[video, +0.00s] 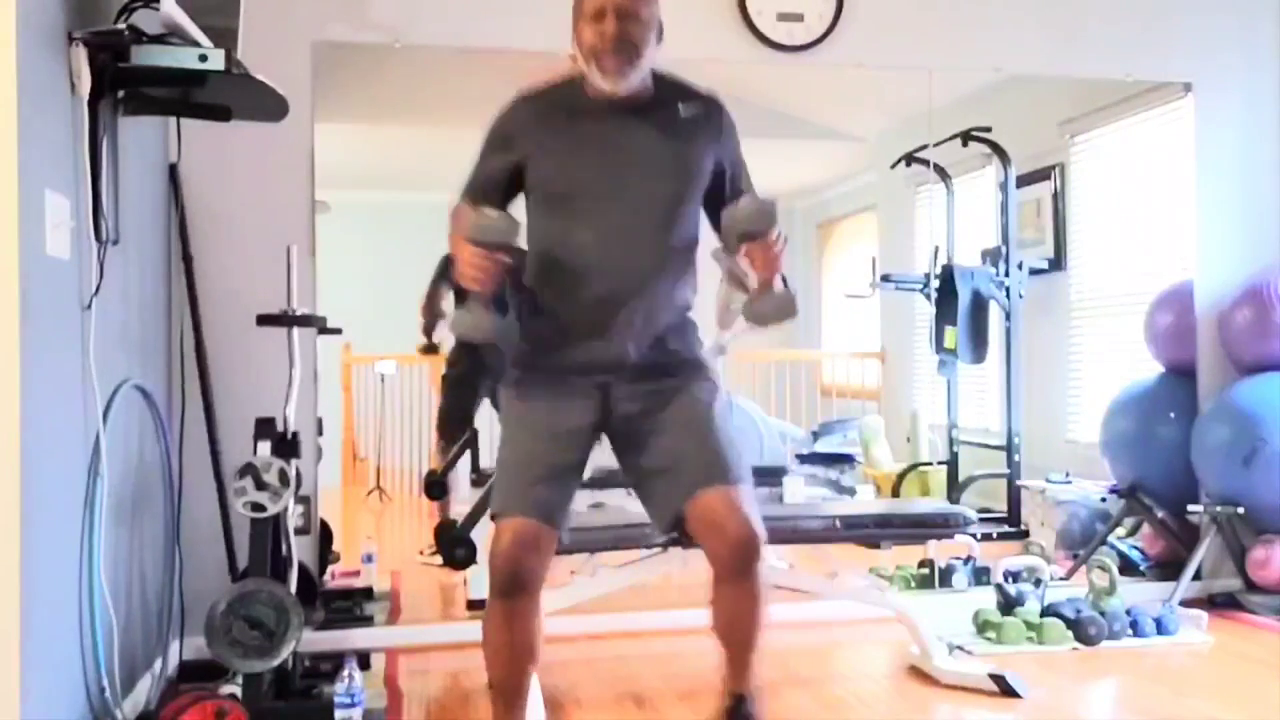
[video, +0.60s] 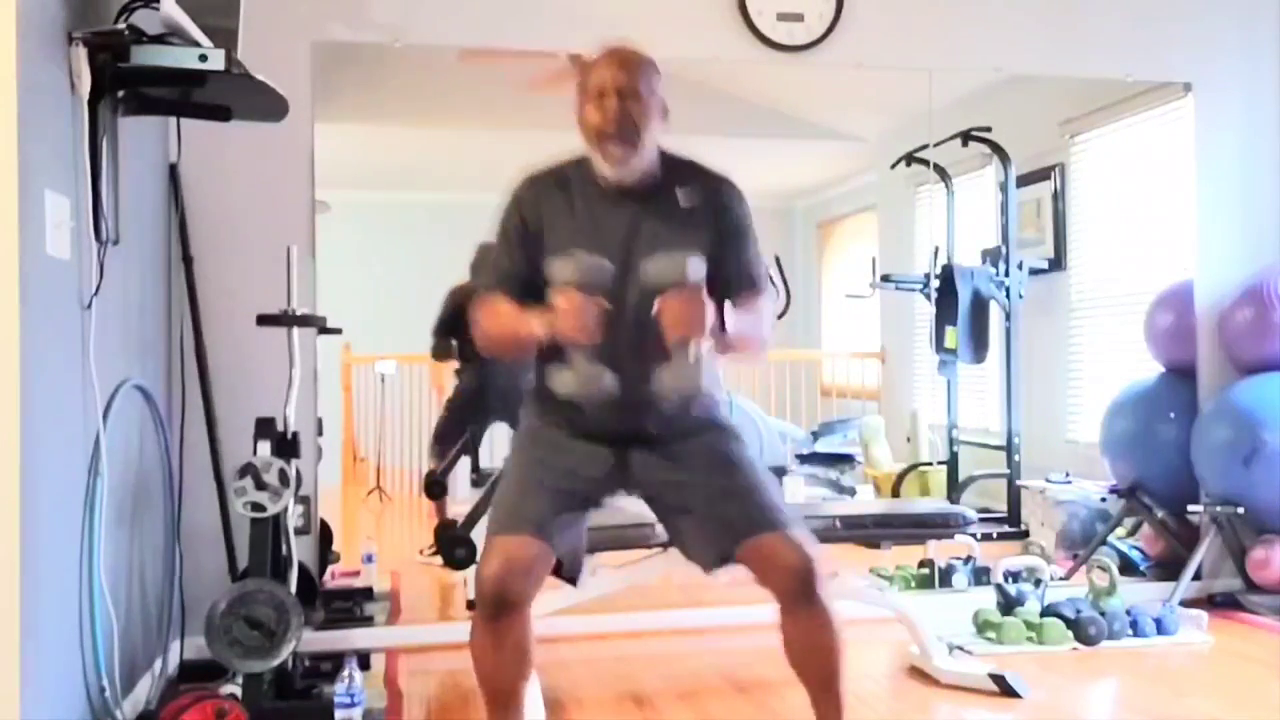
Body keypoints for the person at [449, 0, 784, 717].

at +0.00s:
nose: (614, 30)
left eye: (631, 14)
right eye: (598, 15)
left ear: (658, 23)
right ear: (575, 25)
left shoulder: (702, 119)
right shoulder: (528, 118)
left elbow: (743, 223)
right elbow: (472, 211)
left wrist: (761, 255)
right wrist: (466, 249)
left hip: (666, 368)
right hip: (550, 372)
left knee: (739, 541)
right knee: (515, 560)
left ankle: (739, 699)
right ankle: (511, 718)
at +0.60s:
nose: (612, 111)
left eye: (628, 96)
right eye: (597, 97)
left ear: (660, 109)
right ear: (579, 109)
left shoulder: (712, 198)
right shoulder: (540, 199)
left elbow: (757, 324)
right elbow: (487, 323)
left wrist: (715, 321)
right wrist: (545, 323)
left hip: (685, 430)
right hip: (564, 429)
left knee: (795, 572)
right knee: (500, 585)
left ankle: (832, 716)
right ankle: (506, 719)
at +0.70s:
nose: (644, 149)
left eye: (661, 136)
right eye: (629, 136)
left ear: (691, 149)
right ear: (609, 147)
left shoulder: (738, 231)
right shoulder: (568, 233)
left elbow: (779, 374)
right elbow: (526, 363)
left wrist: (730, 351)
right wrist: (584, 356)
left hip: (712, 452)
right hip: (592, 454)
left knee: (833, 577)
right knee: (502, 594)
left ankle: (841, 716)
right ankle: (510, 715)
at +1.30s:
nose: (760, 17)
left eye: (780, 3)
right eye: (745, 2)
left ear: (814, 13)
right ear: (725, 13)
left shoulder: (867, 99)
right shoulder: (689, 112)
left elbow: (931, 178)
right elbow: (642, 214)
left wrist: (948, 219)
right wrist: (625, 252)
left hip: (849, 361)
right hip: (740, 368)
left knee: (862, 557)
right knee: (726, 564)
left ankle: (853, 713)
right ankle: (745, 714)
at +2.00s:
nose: (893, 29)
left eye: (911, 13)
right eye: (876, 13)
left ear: (945, 22)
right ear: (855, 24)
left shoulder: (1008, 113)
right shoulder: (818, 127)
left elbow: (1063, 217)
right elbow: (768, 232)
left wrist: (1061, 261)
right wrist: (752, 280)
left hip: (959, 376)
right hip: (839, 370)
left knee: (981, 567)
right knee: (768, 543)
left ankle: (989, 715)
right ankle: (765, 709)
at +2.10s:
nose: (903, 9)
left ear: (958, 5)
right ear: (866, 9)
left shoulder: (1014, 88)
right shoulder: (830, 95)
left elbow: (1077, 179)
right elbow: (791, 188)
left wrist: (1102, 217)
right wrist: (753, 228)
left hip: (969, 361)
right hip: (849, 358)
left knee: (987, 566)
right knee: (788, 544)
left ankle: (991, 717)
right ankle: (805, 710)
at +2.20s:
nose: (917, 15)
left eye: (935, 1)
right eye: (899, 2)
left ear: (968, 11)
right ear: (877, 14)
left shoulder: (1021, 97)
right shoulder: (836, 102)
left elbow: (1092, 172)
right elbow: (787, 189)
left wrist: (1118, 211)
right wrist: (755, 226)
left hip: (979, 369)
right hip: (860, 368)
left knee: (999, 574)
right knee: (812, 559)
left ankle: (993, 718)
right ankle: (825, 717)